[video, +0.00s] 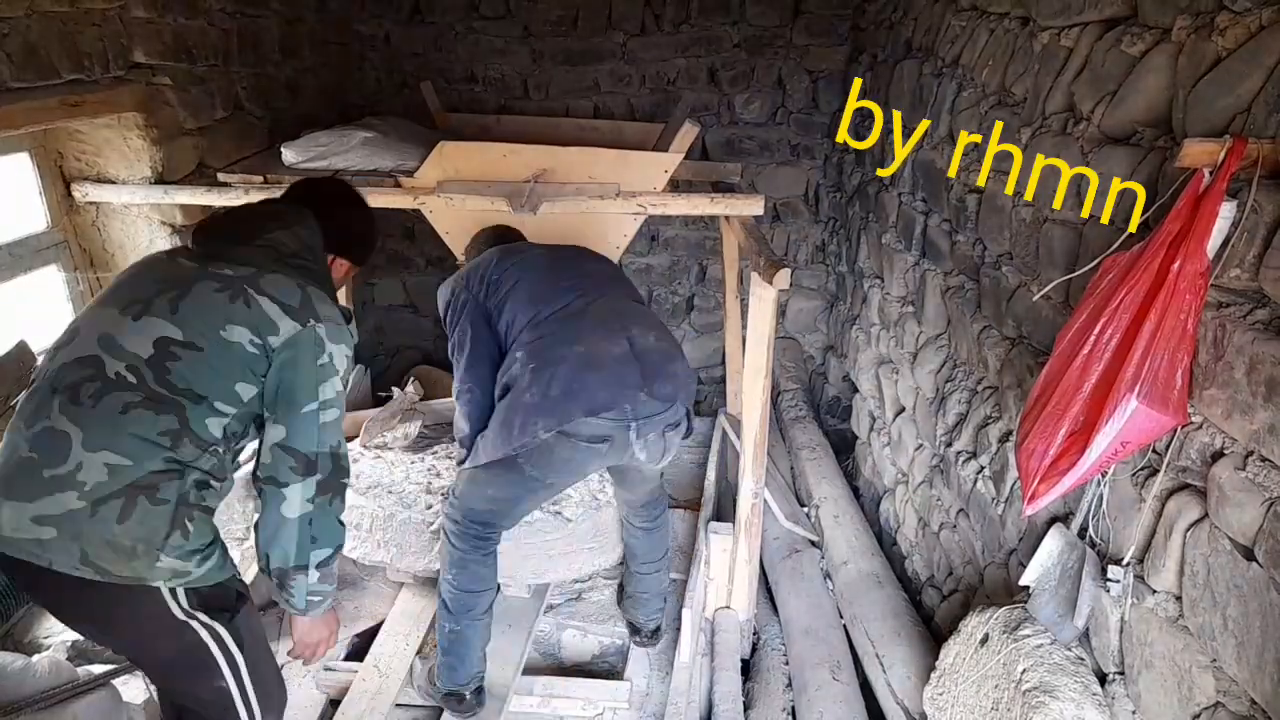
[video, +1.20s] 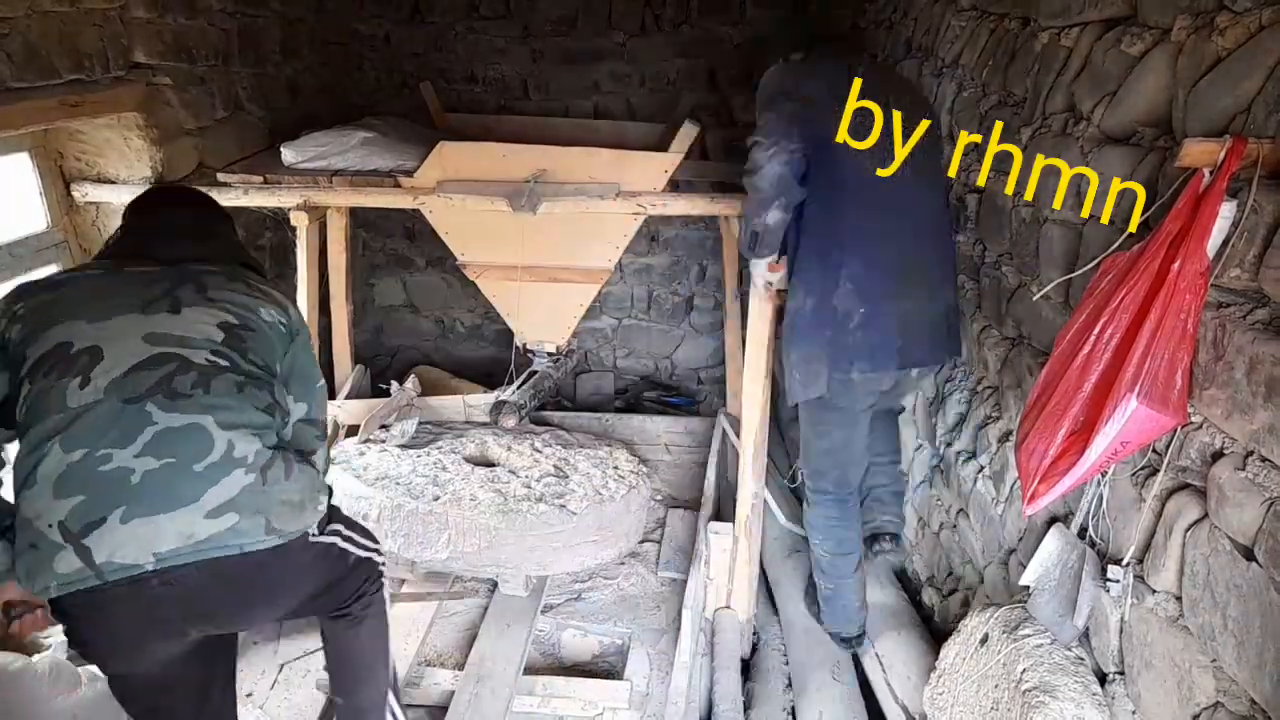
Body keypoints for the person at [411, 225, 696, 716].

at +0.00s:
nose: (464, 279)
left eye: (464, 270)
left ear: (475, 261)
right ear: (525, 244)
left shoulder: (471, 281)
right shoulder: (588, 258)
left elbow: (475, 388)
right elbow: (639, 329)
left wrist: (473, 466)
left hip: (570, 413)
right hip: (662, 408)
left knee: (472, 519)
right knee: (646, 506)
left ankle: (459, 682)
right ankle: (648, 620)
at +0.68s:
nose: (478, 280)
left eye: (485, 272)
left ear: (501, 264)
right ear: (548, 253)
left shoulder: (491, 281)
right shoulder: (608, 268)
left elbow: (481, 384)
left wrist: (482, 443)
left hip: (575, 407)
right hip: (665, 408)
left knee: (487, 499)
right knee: (657, 499)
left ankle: (465, 655)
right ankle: (649, 621)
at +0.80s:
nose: (469, 276)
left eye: (471, 269)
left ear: (494, 249)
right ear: (549, 236)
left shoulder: (489, 269)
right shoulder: (611, 250)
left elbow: (488, 385)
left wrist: (494, 482)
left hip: (583, 418)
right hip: (669, 410)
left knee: (554, 568)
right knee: (653, 513)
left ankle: (594, 711)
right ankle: (649, 619)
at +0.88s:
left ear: (527, 201)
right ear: (606, 195)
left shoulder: (477, 273)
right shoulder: (670, 253)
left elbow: (471, 431)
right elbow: (723, 375)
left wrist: (509, 478)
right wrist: (736, 485)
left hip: (549, 527)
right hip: (659, 520)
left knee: (554, 668)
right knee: (641, 623)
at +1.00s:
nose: (603, 193)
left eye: (598, 179)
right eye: (594, 184)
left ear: (626, 146)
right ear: (663, 128)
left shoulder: (637, 197)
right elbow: (881, 266)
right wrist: (798, 304)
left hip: (738, 469)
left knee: (661, 639)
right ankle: (797, 712)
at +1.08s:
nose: (670, 164)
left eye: (664, 145)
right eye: (662, 149)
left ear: (686, 127)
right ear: (730, 95)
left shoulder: (703, 201)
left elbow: (734, 349)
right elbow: (918, 243)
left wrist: (724, 475)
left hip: (783, 442)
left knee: (772, 570)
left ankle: (770, 691)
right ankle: (820, 711)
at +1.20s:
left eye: (765, 64)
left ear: (782, 48)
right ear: (852, 40)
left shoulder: (792, 83)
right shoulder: (909, 94)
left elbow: (776, 170)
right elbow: (937, 202)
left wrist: (764, 254)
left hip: (838, 322)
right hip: (918, 315)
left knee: (832, 490)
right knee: (881, 416)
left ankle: (846, 622)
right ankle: (884, 528)